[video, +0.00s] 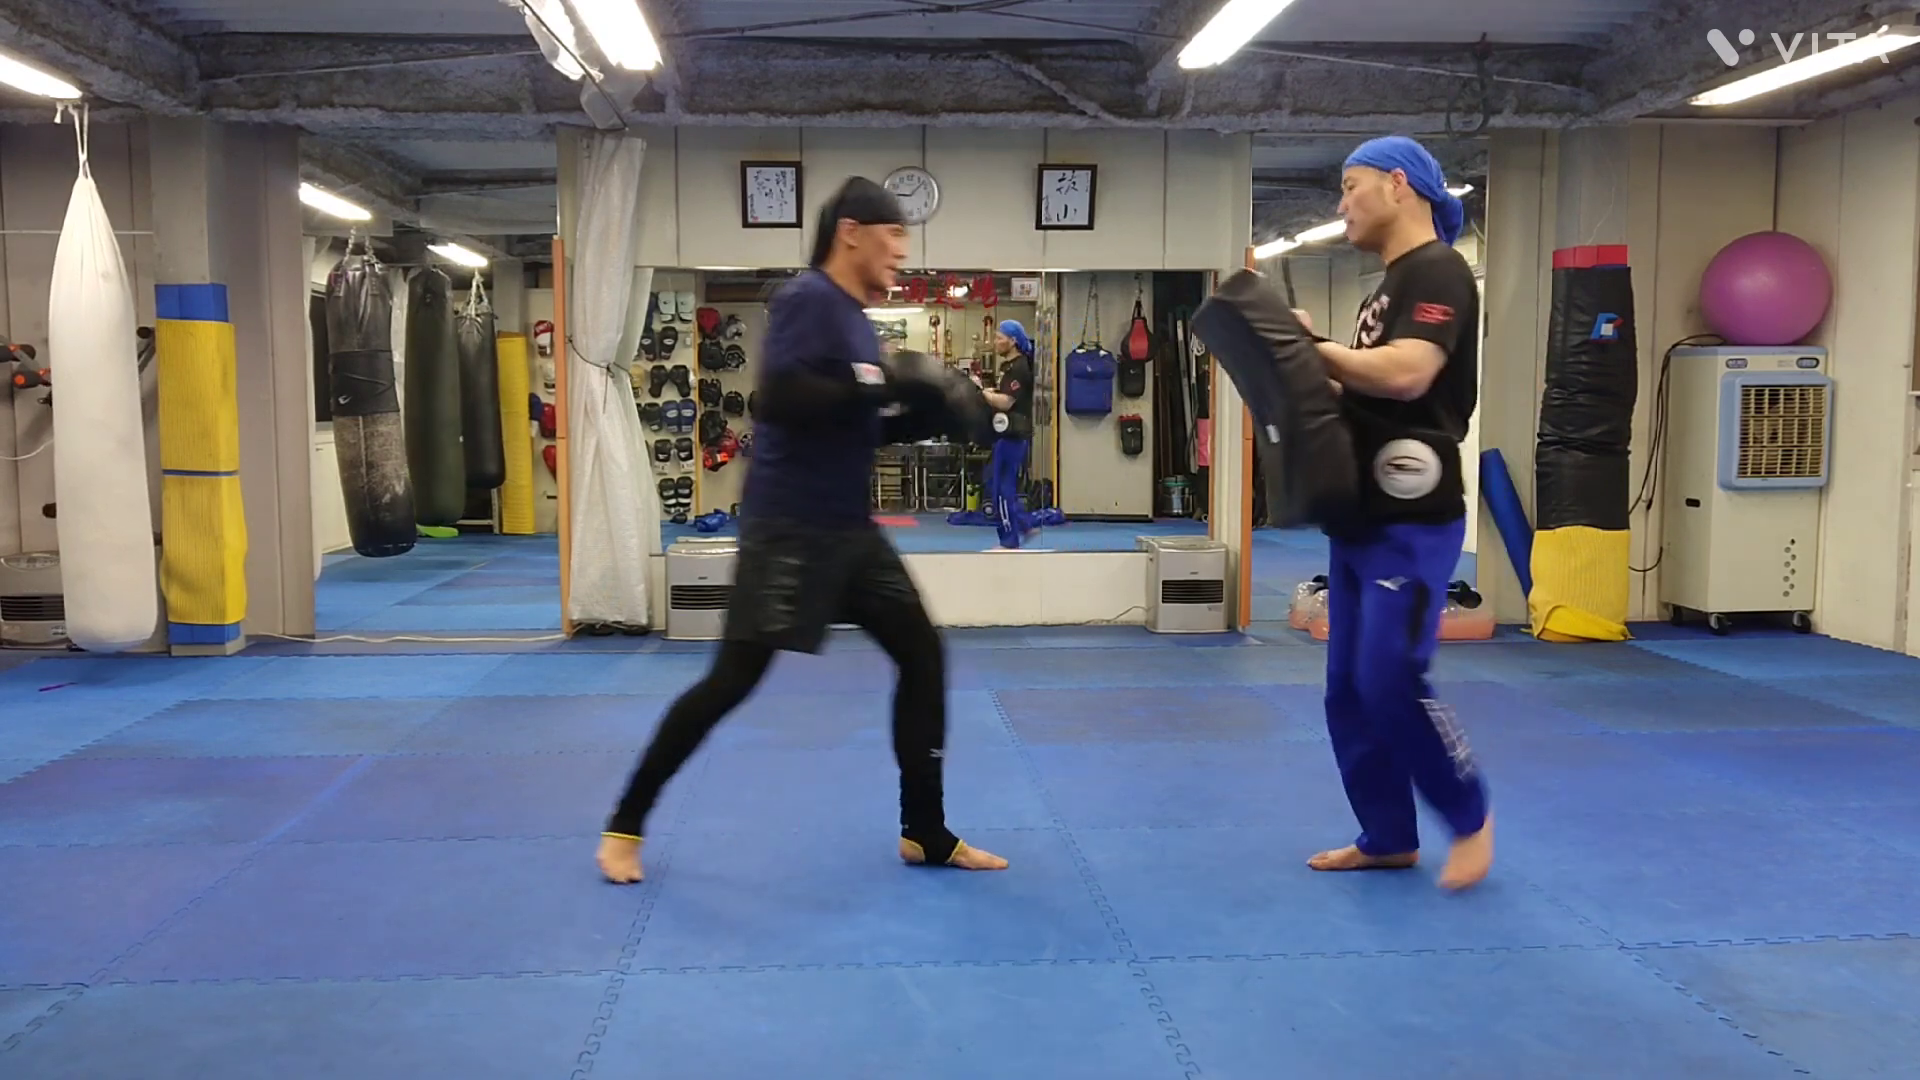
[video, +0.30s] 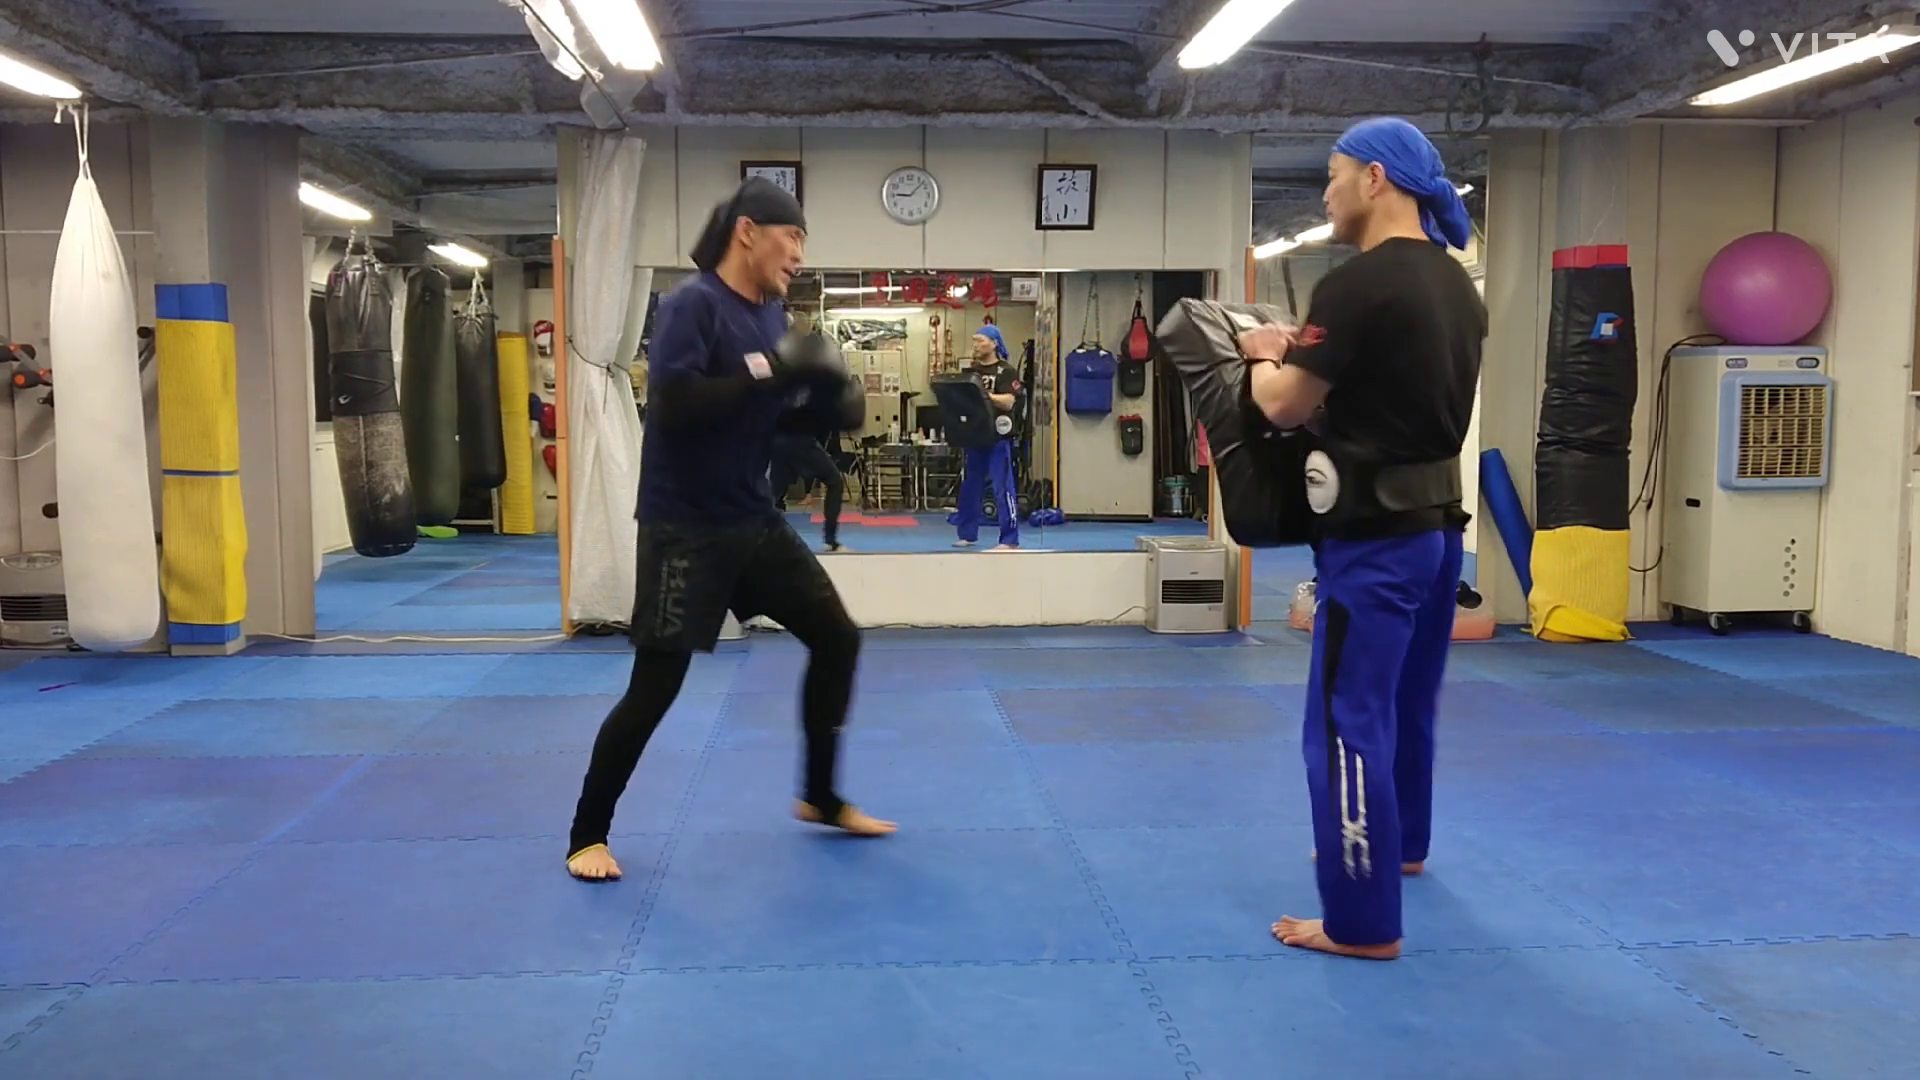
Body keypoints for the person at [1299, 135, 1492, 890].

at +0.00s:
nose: (1341, 206)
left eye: (1352, 189)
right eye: (1343, 192)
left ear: (1399, 190)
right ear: (1394, 194)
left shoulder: (1440, 272)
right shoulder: (1385, 290)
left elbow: (1411, 371)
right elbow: (1371, 384)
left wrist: (1318, 351)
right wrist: (1301, 356)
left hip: (1416, 521)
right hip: (1359, 519)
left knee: (1388, 680)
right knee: (1348, 688)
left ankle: (1470, 817)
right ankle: (1388, 839)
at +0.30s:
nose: (1325, 195)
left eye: (1334, 177)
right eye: (1328, 179)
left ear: (1375, 178)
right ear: (1396, 184)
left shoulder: (1360, 283)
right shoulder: (1455, 283)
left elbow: (1281, 402)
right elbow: (1398, 392)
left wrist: (1260, 359)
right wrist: (1302, 350)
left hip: (1372, 540)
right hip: (1431, 532)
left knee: (1350, 725)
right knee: (1405, 703)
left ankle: (1362, 924)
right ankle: (1403, 847)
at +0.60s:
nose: (1339, 187)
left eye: (1343, 170)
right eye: (1339, 171)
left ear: (1378, 165)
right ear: (1423, 170)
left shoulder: (1337, 277)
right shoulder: (1503, 275)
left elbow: (1268, 404)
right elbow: (1506, 397)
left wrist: (1335, 375)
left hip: (1358, 544)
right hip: (1462, 543)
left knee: (1325, 731)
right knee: (1485, 728)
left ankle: (1356, 922)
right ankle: (1536, 904)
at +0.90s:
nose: (1364, 213)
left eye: (1369, 197)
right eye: (1367, 197)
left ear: (1399, 199)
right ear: (1463, 205)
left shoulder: (1344, 312)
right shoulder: (1537, 312)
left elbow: (1299, 440)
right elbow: (1548, 446)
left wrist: (1370, 414)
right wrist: (1467, 413)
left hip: (1361, 584)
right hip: (1482, 587)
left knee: (1275, 747)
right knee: (1531, 776)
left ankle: (1179, 915)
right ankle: (1571, 974)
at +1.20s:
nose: (1349, 217)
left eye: (1355, 202)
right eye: (1354, 202)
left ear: (1379, 208)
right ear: (1444, 221)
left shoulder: (1318, 314)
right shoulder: (1509, 328)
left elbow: (1271, 436)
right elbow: (1515, 459)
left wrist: (1357, 429)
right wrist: (1435, 435)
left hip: (1325, 600)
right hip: (1444, 608)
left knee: (1244, 756)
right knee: (1508, 780)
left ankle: (1170, 927)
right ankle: (1568, 975)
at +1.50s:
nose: (1353, 225)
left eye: (1358, 209)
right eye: (1357, 209)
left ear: (1387, 215)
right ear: (1450, 224)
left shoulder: (1323, 321)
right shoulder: (1510, 339)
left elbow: (1265, 436)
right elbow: (1494, 457)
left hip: (1320, 605)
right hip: (1439, 609)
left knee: (1235, 758)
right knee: (1502, 776)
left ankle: (1174, 927)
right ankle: (1568, 972)